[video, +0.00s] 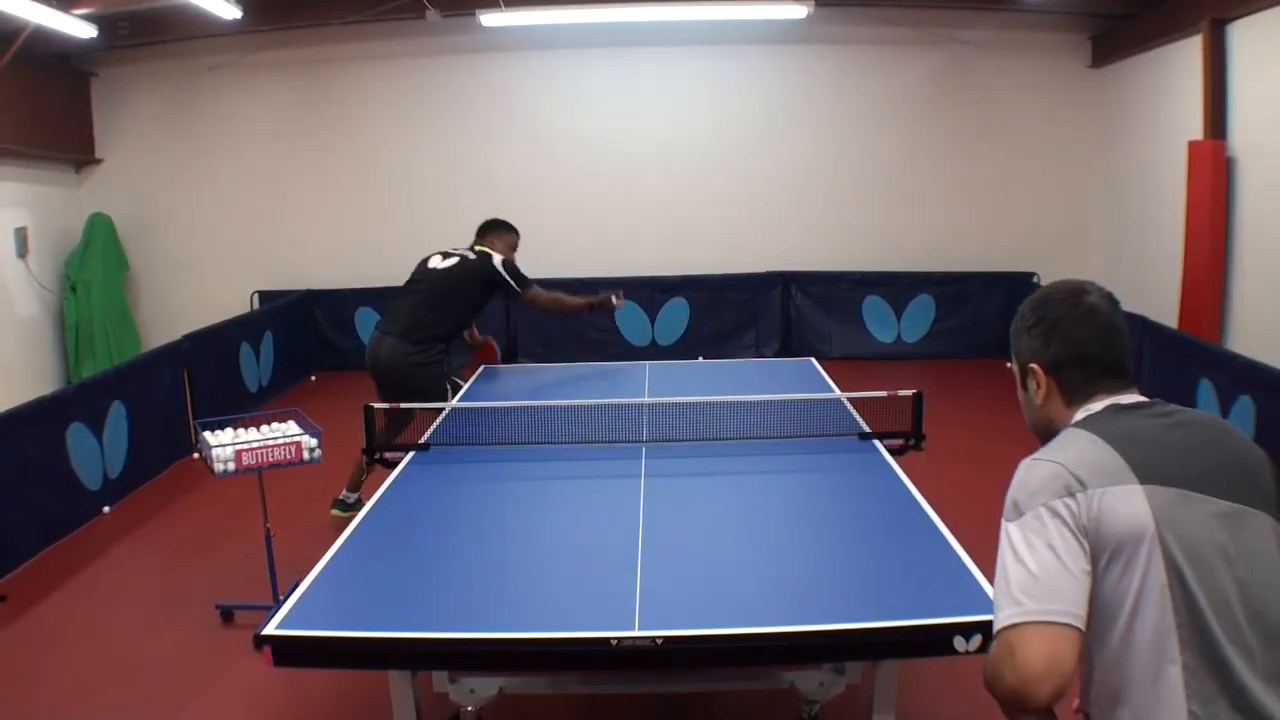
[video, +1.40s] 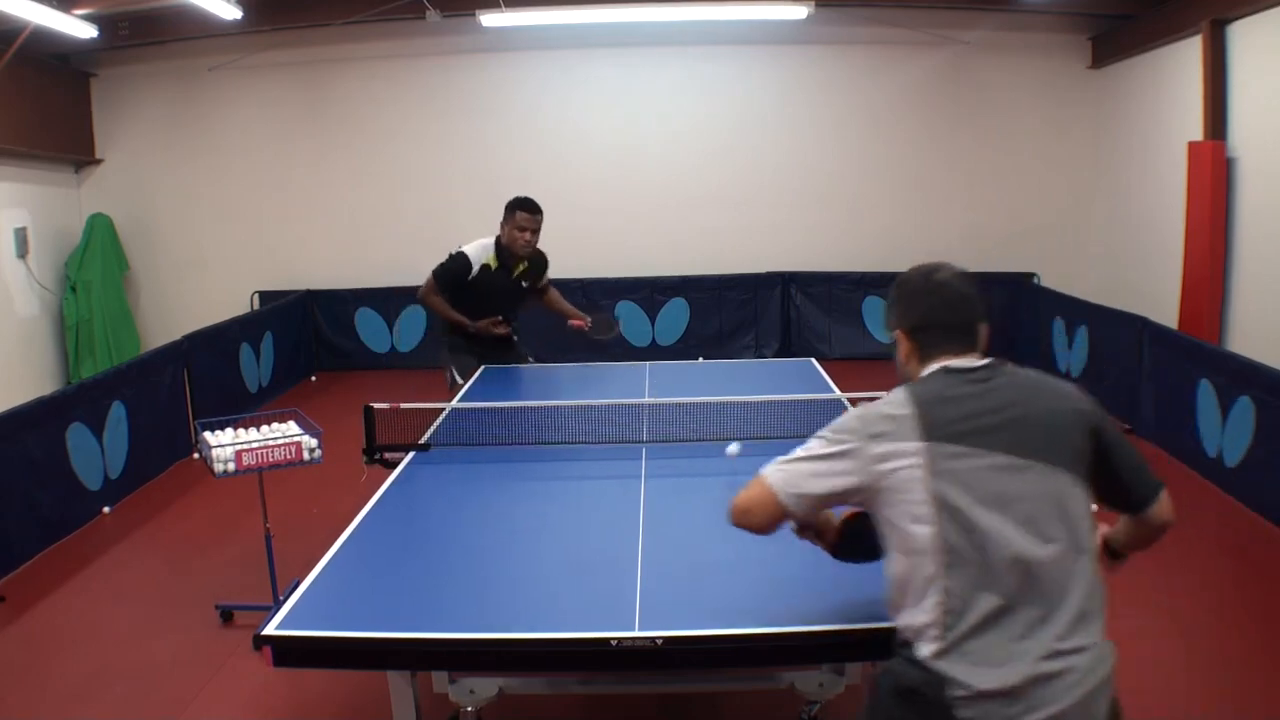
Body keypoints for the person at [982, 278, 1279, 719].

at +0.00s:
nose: (1019, 394)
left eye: (1017, 378)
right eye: (1016, 377)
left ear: (1038, 382)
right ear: (1124, 362)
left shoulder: (1060, 471)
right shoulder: (1241, 447)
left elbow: (1034, 678)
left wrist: (1003, 670)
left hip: (1146, 709)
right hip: (1264, 705)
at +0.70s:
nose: (1017, 360)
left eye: (1017, 342)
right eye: (1016, 343)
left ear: (1040, 346)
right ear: (1125, 333)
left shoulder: (1065, 448)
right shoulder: (1216, 424)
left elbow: (1028, 653)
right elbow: (1260, 573)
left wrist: (962, 620)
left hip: (1130, 708)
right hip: (1256, 701)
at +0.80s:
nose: (1001, 358)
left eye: (1000, 341)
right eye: (999, 340)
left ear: (1022, 344)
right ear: (1106, 329)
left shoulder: (1038, 446)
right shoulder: (1208, 431)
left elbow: (971, 645)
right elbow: (1256, 589)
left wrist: (914, 606)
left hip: (1092, 707)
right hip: (1226, 706)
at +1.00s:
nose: (992, 332)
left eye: (991, 316)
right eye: (990, 315)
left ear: (1012, 317)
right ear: (1091, 301)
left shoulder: (1019, 418)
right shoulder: (1199, 401)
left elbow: (922, 598)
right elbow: (1254, 549)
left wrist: (880, 571)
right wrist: (1160, 586)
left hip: (1084, 703)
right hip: (1212, 700)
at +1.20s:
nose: (977, 339)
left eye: (976, 323)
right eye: (976, 323)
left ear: (994, 323)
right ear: (1070, 310)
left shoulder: (1005, 417)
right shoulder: (1163, 393)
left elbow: (880, 560)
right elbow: (1215, 519)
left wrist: (872, 525)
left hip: (1065, 698)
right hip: (1184, 694)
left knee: (970, 707)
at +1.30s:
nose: (940, 338)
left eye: (940, 322)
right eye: (940, 323)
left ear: (957, 324)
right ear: (1030, 309)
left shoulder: (958, 404)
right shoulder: (1124, 387)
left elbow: (815, 523)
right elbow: (1185, 504)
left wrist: (861, 531)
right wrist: (1094, 533)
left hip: (1021, 688)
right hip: (1143, 687)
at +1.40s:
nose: (893, 351)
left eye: (892, 342)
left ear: (903, 345)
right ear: (984, 335)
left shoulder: (882, 423)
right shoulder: (1068, 405)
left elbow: (748, 510)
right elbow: (1156, 514)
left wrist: (815, 518)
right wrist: (1117, 542)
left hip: (952, 694)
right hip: (1079, 692)